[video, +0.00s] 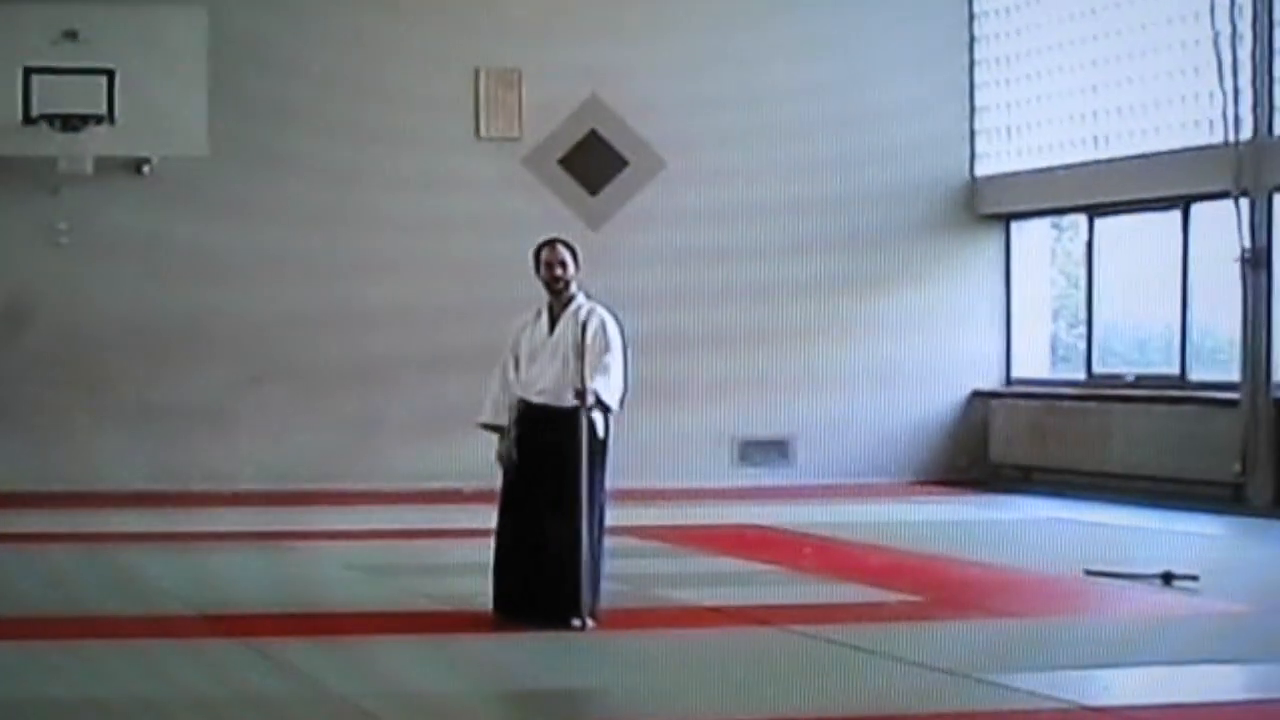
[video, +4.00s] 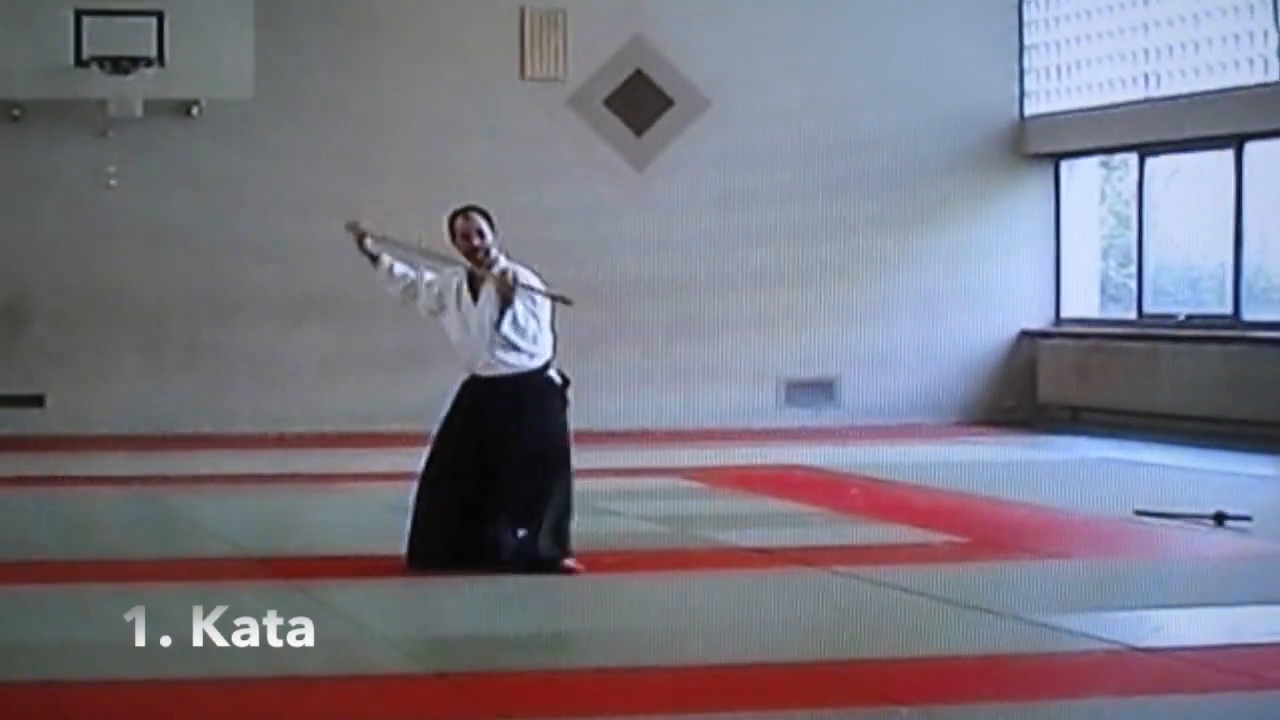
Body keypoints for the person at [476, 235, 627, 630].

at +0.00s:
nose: (556, 272)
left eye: (562, 264)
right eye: (548, 266)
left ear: (575, 269)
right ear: (539, 273)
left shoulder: (595, 319)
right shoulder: (526, 327)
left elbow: (609, 369)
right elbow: (507, 382)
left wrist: (592, 403)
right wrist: (503, 432)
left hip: (576, 421)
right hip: (531, 421)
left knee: (576, 512)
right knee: (524, 511)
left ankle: (577, 605)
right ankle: (520, 603)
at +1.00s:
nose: (505, 281)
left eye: (510, 272)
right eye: (496, 276)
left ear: (525, 273)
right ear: (489, 283)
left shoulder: (558, 319)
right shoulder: (490, 333)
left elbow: (584, 369)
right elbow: (475, 398)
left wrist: (540, 374)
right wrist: (462, 454)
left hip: (556, 425)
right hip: (510, 426)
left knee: (554, 517)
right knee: (498, 513)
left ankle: (555, 605)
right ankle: (497, 603)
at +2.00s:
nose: (562, 297)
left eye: (569, 288)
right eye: (554, 289)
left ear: (583, 289)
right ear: (544, 294)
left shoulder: (607, 333)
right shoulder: (532, 331)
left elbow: (620, 393)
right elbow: (528, 380)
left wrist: (587, 410)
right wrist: (554, 407)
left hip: (605, 434)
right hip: (560, 432)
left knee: (596, 520)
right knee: (542, 516)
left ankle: (598, 609)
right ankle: (541, 604)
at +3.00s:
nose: (483, 246)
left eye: (488, 237)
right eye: (474, 242)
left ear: (503, 239)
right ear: (466, 251)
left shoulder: (533, 289)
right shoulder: (459, 298)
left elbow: (557, 339)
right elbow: (443, 346)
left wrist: (568, 385)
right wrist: (472, 374)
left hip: (537, 396)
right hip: (484, 399)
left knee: (559, 484)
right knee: (445, 474)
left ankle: (589, 570)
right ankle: (430, 563)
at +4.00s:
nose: (474, 243)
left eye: (479, 233)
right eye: (464, 238)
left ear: (494, 234)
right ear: (456, 246)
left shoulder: (523, 279)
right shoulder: (453, 287)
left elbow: (537, 339)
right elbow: (411, 281)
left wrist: (510, 297)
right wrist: (375, 255)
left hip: (531, 388)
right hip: (482, 387)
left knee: (538, 470)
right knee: (451, 466)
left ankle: (545, 551)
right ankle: (442, 551)